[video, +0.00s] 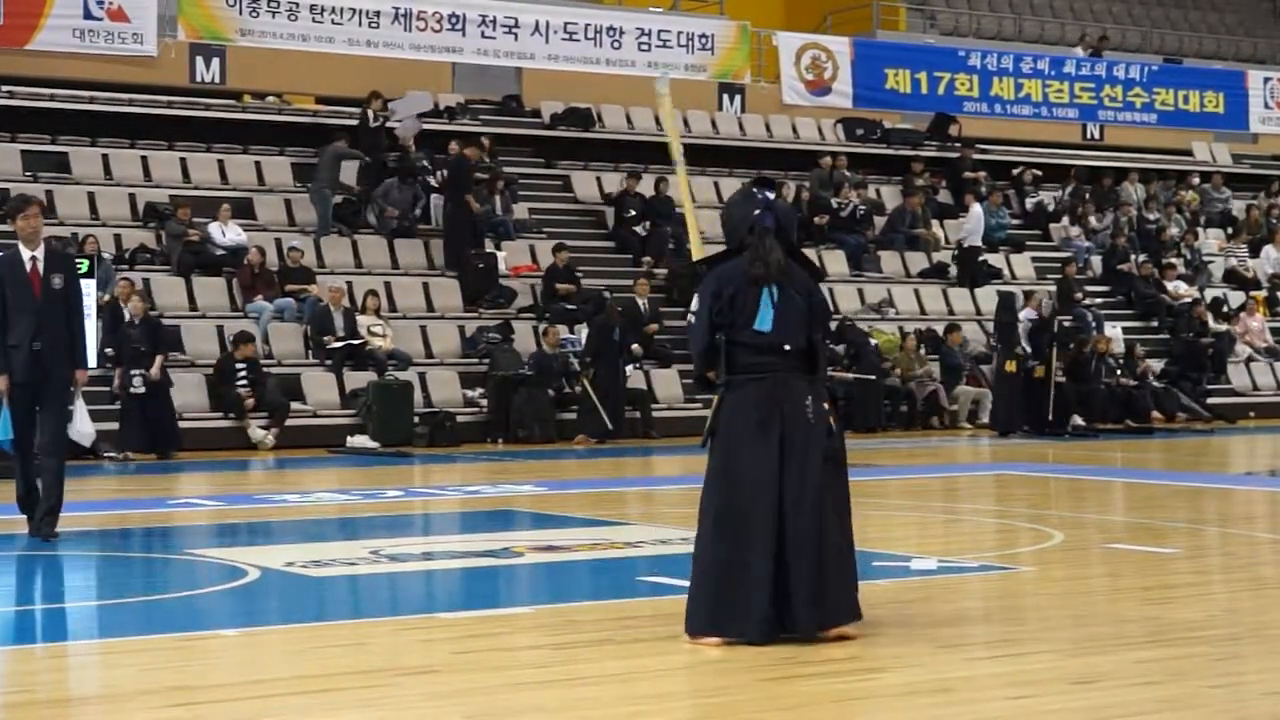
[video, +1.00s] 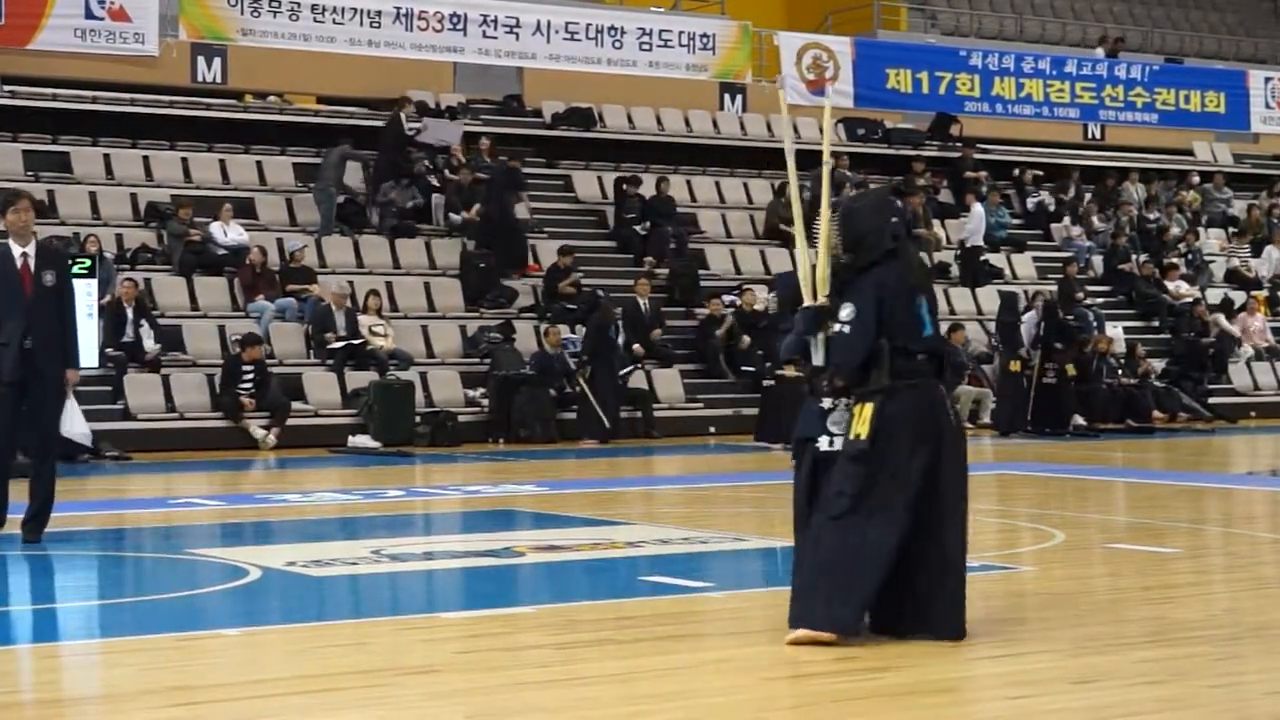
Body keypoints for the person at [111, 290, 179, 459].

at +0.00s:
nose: (134, 306)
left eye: (137, 302)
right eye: (131, 302)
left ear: (145, 305)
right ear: (128, 306)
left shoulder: (154, 325)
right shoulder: (124, 329)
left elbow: (162, 349)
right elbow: (120, 357)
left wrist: (156, 367)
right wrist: (117, 378)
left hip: (151, 373)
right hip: (130, 374)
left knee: (158, 411)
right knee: (130, 412)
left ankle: (163, 447)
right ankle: (128, 448)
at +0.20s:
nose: (118, 303)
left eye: (122, 299)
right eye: (115, 299)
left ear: (130, 301)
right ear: (111, 303)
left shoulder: (140, 320)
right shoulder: (109, 322)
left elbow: (152, 344)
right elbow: (104, 346)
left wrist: (155, 367)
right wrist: (101, 368)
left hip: (136, 367)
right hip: (114, 367)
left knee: (135, 405)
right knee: (115, 406)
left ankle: (147, 444)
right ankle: (119, 447)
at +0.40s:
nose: (104, 304)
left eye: (108, 300)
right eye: (101, 300)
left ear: (115, 302)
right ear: (97, 302)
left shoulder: (123, 321)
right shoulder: (96, 322)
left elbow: (137, 347)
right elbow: (90, 347)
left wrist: (147, 369)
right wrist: (83, 371)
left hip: (119, 371)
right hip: (102, 371)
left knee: (120, 410)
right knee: (102, 410)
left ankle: (121, 448)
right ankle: (104, 447)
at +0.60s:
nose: (121, 291)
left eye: (125, 288)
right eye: (119, 287)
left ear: (133, 291)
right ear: (116, 290)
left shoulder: (138, 306)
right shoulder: (110, 306)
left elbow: (153, 327)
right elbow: (104, 327)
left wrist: (153, 347)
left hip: (135, 342)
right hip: (117, 343)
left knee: (151, 362)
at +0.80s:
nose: (124, 291)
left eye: (127, 288)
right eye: (122, 288)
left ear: (134, 292)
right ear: (118, 290)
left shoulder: (139, 305)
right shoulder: (111, 306)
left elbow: (153, 325)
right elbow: (107, 328)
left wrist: (156, 345)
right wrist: (108, 347)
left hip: (135, 345)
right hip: (116, 345)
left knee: (154, 362)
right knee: (120, 362)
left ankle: (150, 397)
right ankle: (118, 398)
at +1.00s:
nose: (126, 291)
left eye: (129, 288)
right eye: (124, 288)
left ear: (136, 292)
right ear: (120, 290)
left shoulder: (141, 305)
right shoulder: (112, 305)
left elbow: (154, 325)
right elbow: (108, 327)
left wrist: (156, 345)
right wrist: (109, 347)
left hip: (136, 345)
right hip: (117, 345)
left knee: (154, 361)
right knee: (121, 361)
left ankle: (151, 397)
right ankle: (118, 396)